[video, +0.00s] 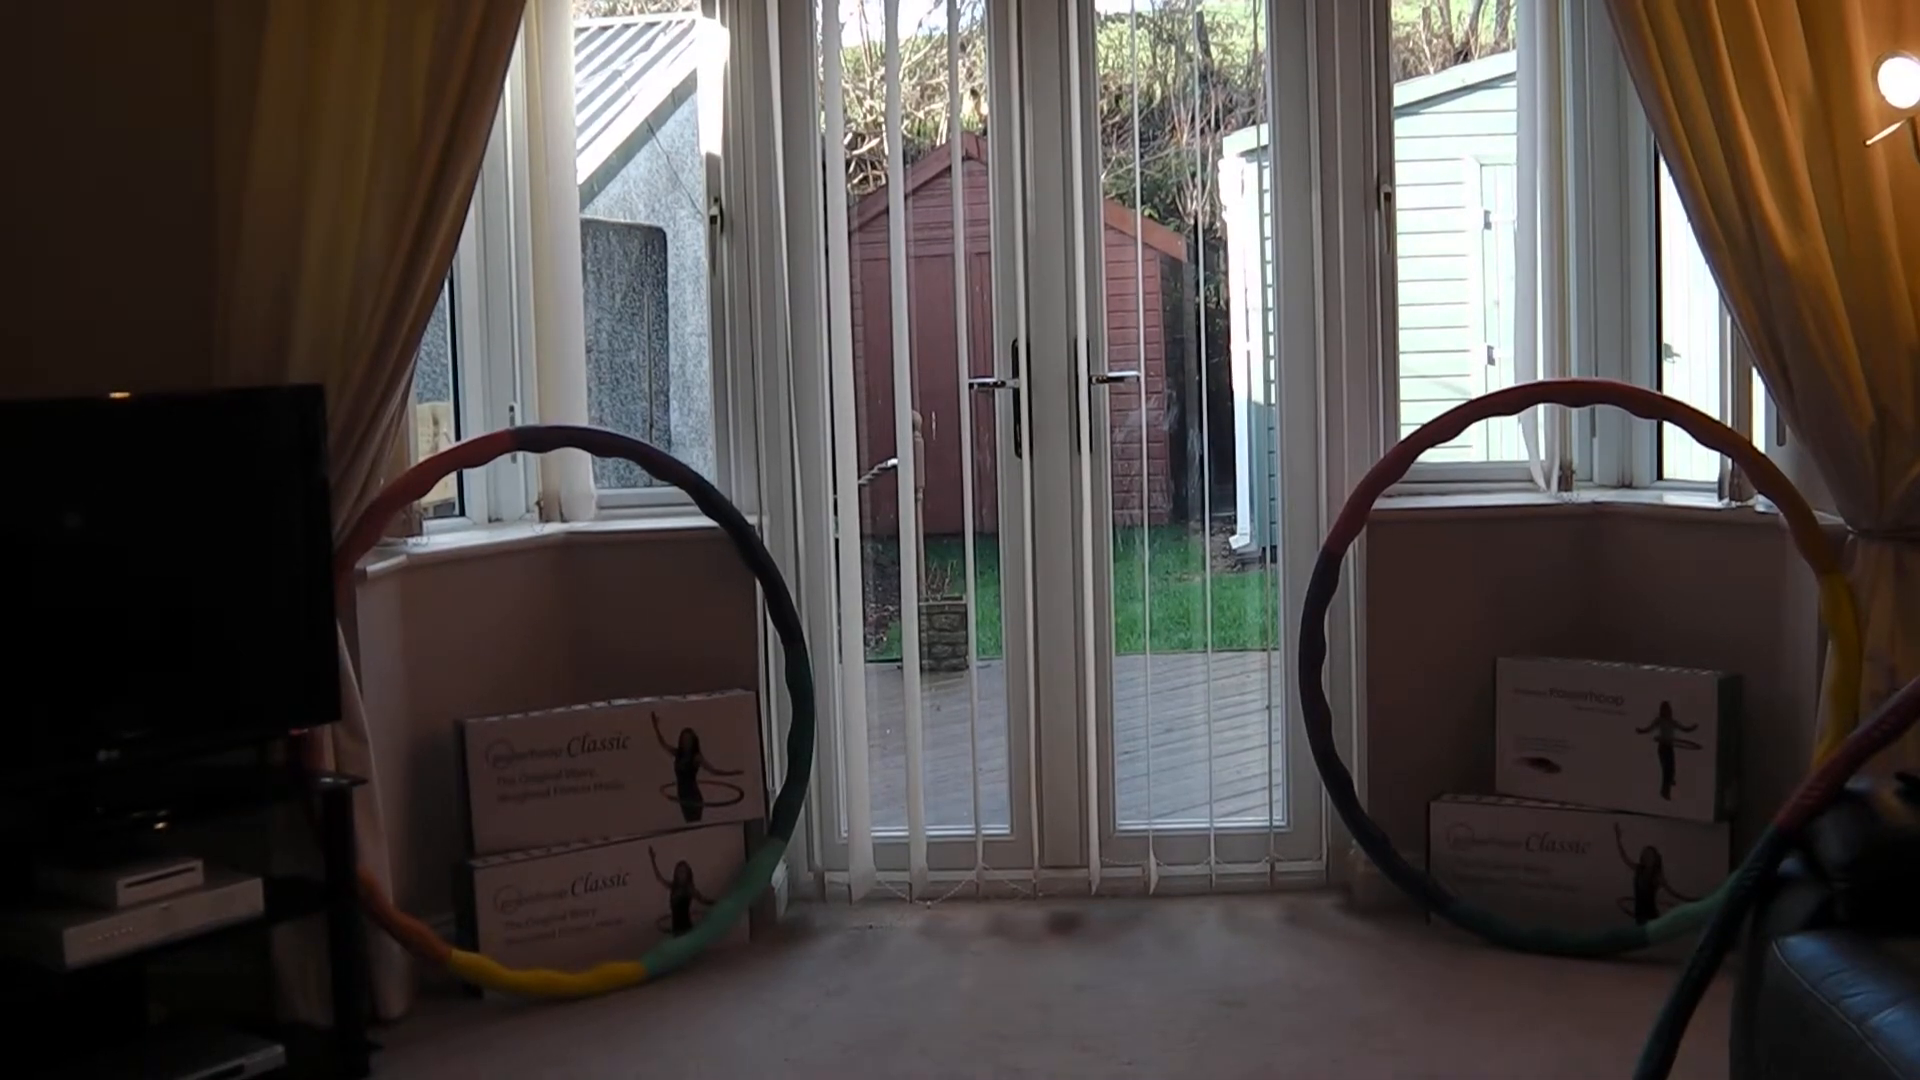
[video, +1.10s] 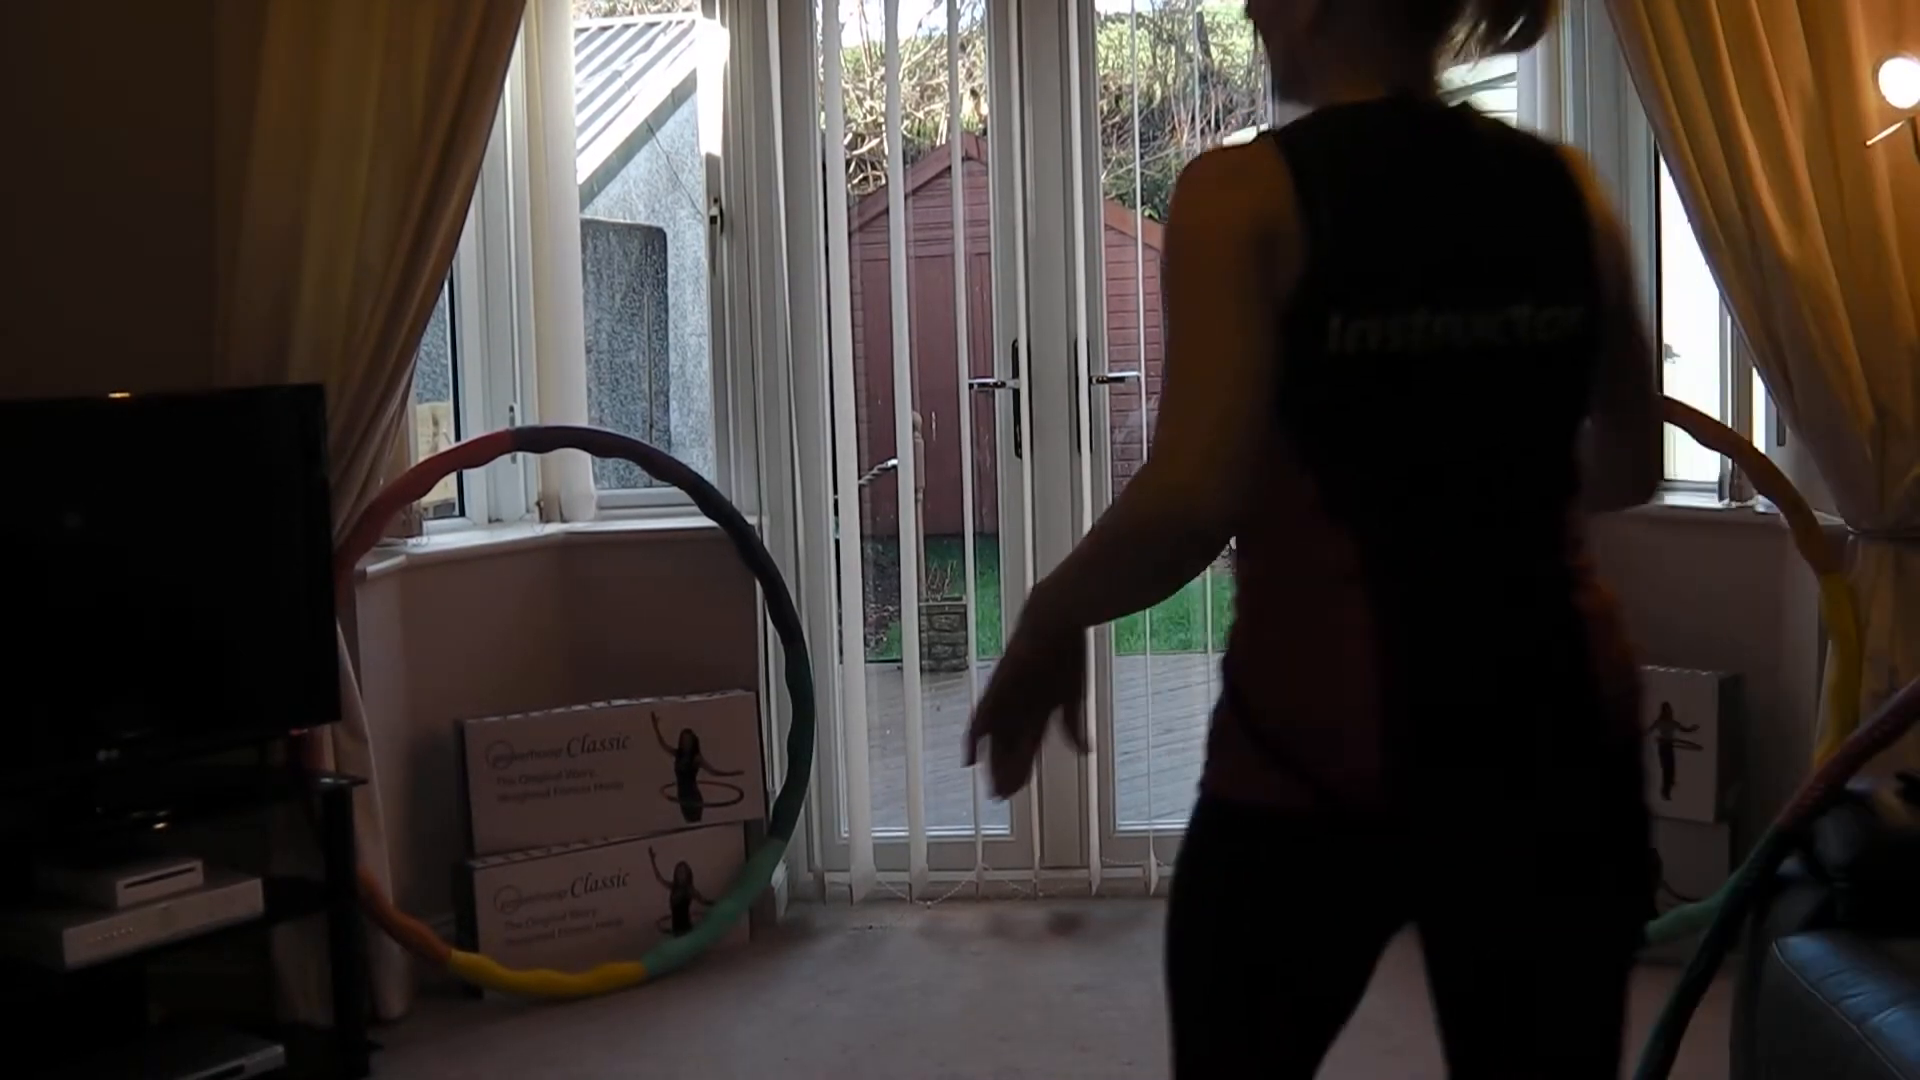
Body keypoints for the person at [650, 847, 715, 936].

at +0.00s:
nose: (681, 874)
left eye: (684, 871)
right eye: (679, 871)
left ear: (688, 873)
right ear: (675, 873)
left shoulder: (690, 889)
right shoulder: (673, 887)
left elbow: (703, 900)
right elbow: (659, 878)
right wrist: (653, 860)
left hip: (686, 924)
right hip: (675, 925)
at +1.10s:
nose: (681, 874)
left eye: (683, 871)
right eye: (679, 871)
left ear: (688, 873)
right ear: (675, 873)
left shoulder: (690, 889)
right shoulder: (673, 887)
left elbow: (702, 901)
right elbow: (659, 878)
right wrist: (652, 860)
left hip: (686, 926)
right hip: (675, 925)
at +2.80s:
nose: (681, 875)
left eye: (683, 872)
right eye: (678, 872)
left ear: (688, 874)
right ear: (675, 874)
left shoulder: (690, 889)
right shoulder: (673, 887)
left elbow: (703, 901)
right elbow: (658, 878)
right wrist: (653, 861)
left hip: (686, 923)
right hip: (675, 924)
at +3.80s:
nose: (681, 876)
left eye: (684, 873)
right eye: (679, 873)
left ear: (688, 874)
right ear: (675, 874)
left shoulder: (690, 889)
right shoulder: (674, 887)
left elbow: (703, 902)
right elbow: (659, 878)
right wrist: (653, 861)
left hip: (686, 924)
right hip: (675, 924)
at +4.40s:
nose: (681, 874)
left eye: (684, 872)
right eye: (678, 872)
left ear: (688, 874)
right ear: (675, 874)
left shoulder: (690, 889)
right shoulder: (673, 887)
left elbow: (704, 902)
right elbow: (659, 878)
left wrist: (718, 903)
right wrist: (653, 860)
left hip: (686, 924)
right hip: (676, 924)